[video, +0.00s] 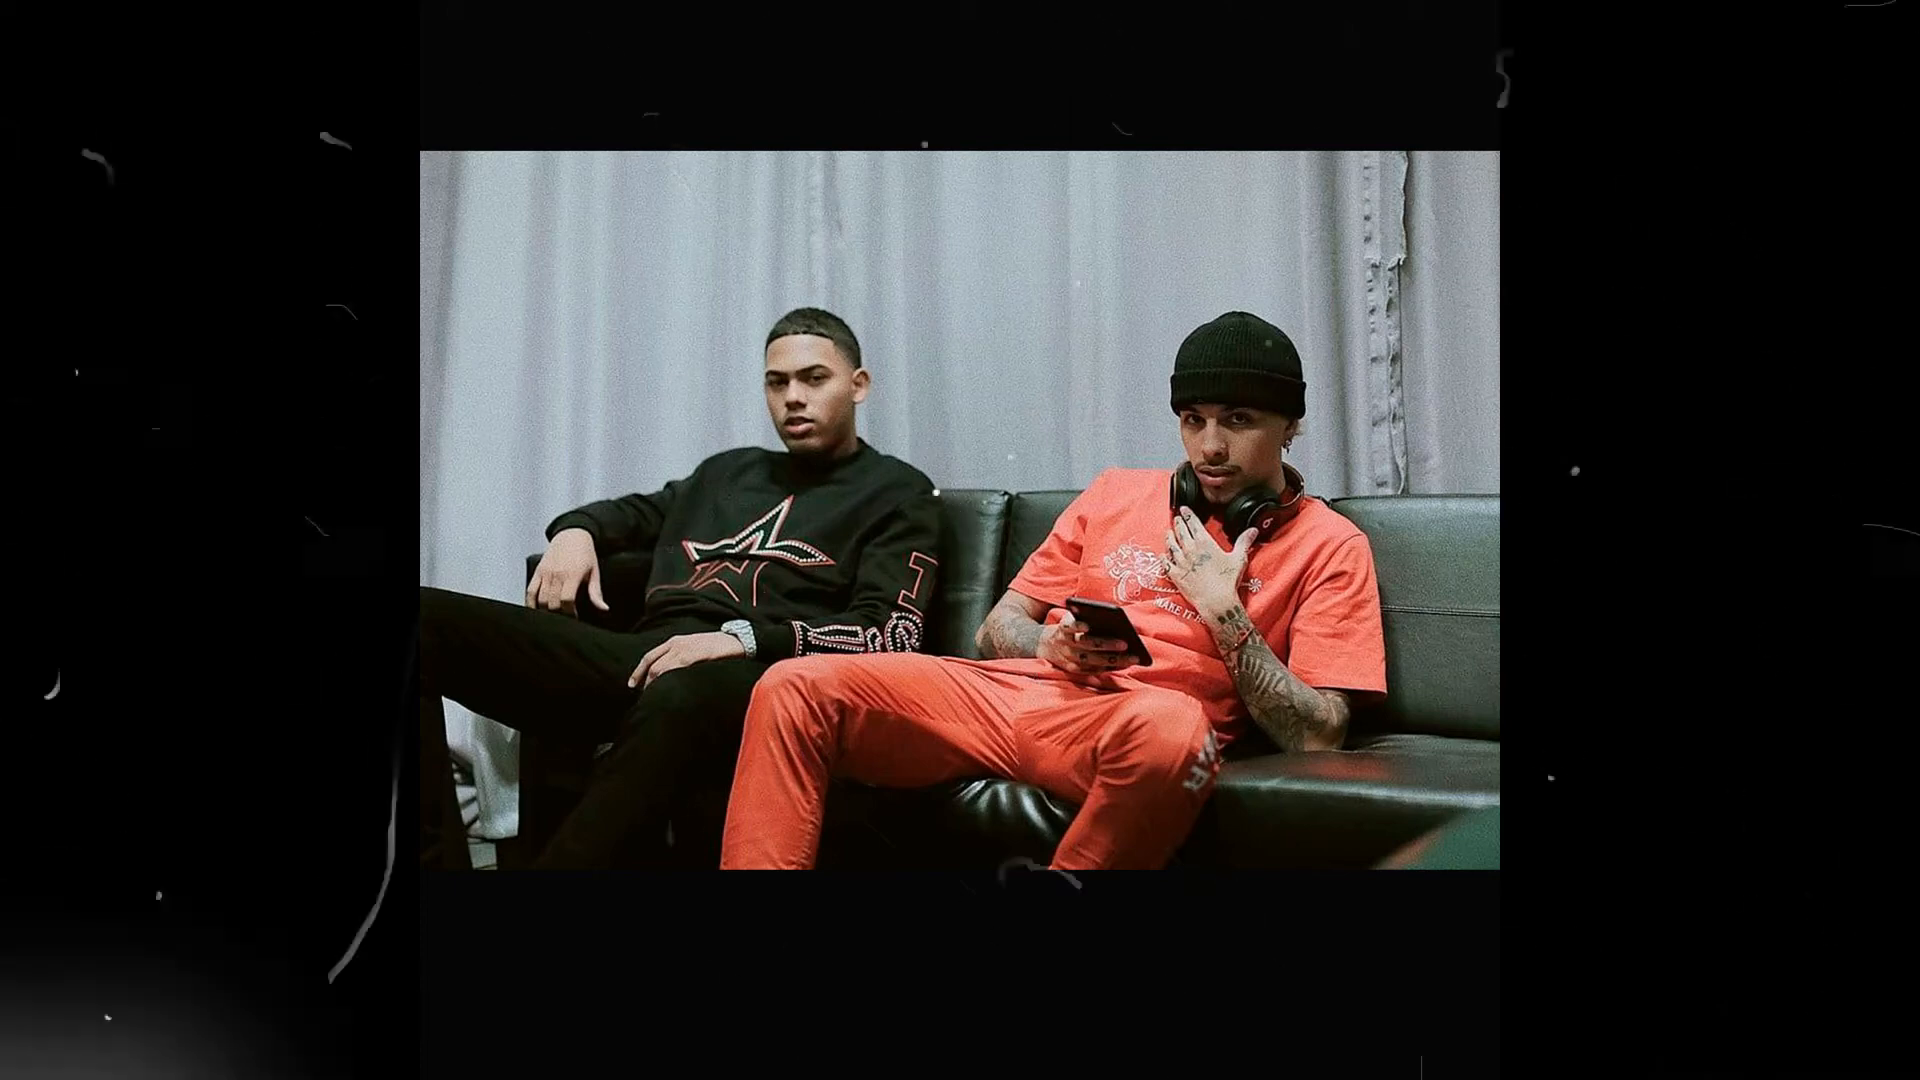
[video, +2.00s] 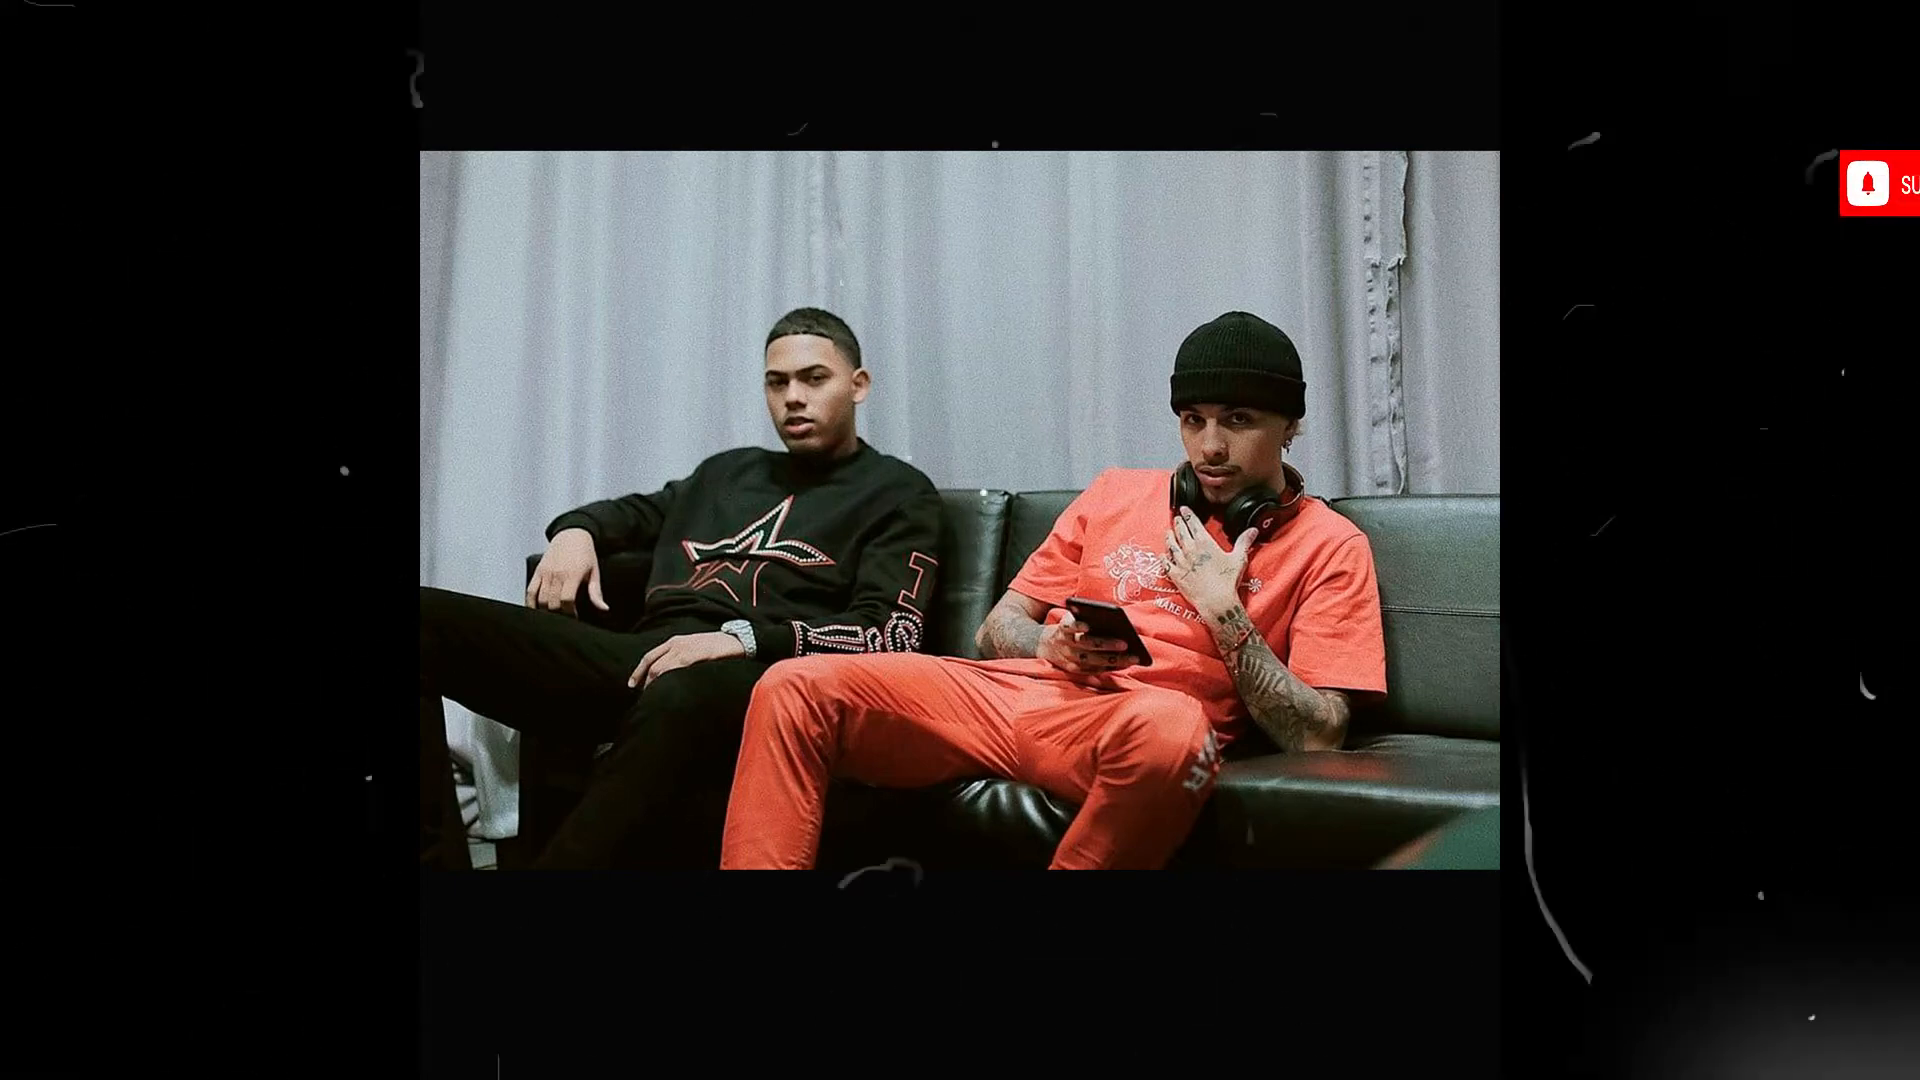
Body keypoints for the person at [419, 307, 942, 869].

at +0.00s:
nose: (793, 399)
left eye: (814, 379)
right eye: (779, 382)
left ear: (859, 386)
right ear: (765, 391)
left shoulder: (898, 492)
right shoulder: (728, 472)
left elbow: (893, 635)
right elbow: (641, 515)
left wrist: (742, 639)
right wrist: (575, 529)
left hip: (771, 680)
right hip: (639, 654)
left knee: (680, 700)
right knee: (426, 617)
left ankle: (561, 871)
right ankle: (439, 857)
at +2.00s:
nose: (792, 398)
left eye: (813, 379)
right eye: (778, 382)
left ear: (859, 385)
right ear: (765, 390)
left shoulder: (900, 494)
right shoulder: (728, 472)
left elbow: (892, 635)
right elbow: (640, 516)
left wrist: (744, 637)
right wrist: (575, 530)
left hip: (771, 680)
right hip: (639, 654)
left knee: (682, 700)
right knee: (426, 617)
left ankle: (561, 871)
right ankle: (441, 856)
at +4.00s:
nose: (793, 398)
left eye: (813, 379)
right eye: (778, 382)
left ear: (859, 385)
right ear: (765, 390)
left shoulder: (899, 494)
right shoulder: (728, 472)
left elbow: (892, 635)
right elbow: (640, 516)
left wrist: (743, 638)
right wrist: (575, 530)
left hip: (770, 681)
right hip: (638, 654)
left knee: (681, 701)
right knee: (420, 617)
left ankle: (556, 886)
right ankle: (441, 870)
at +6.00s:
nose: (793, 399)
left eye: (813, 379)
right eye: (779, 382)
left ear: (859, 385)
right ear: (765, 390)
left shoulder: (900, 494)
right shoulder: (728, 471)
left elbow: (893, 634)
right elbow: (641, 515)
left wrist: (742, 639)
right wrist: (574, 530)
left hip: (770, 680)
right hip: (638, 652)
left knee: (681, 699)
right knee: (426, 617)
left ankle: (562, 870)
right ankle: (441, 855)